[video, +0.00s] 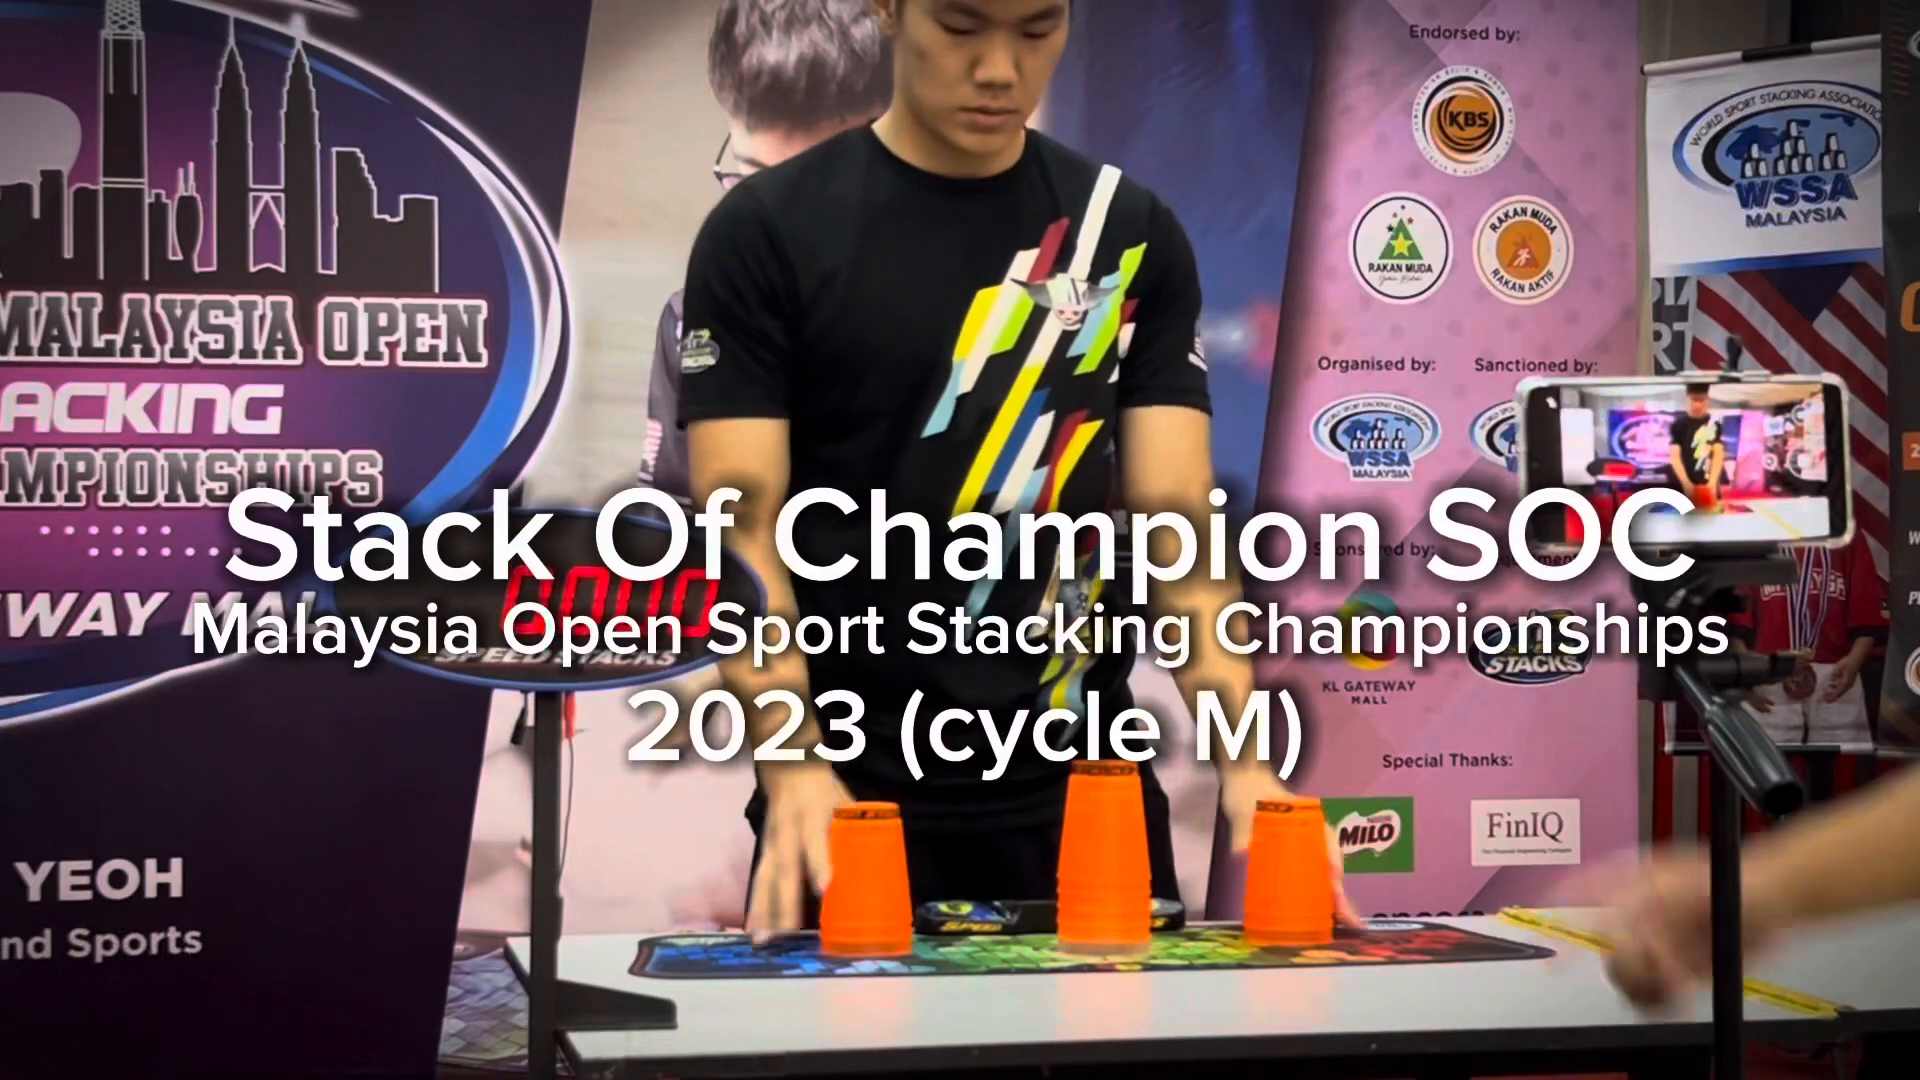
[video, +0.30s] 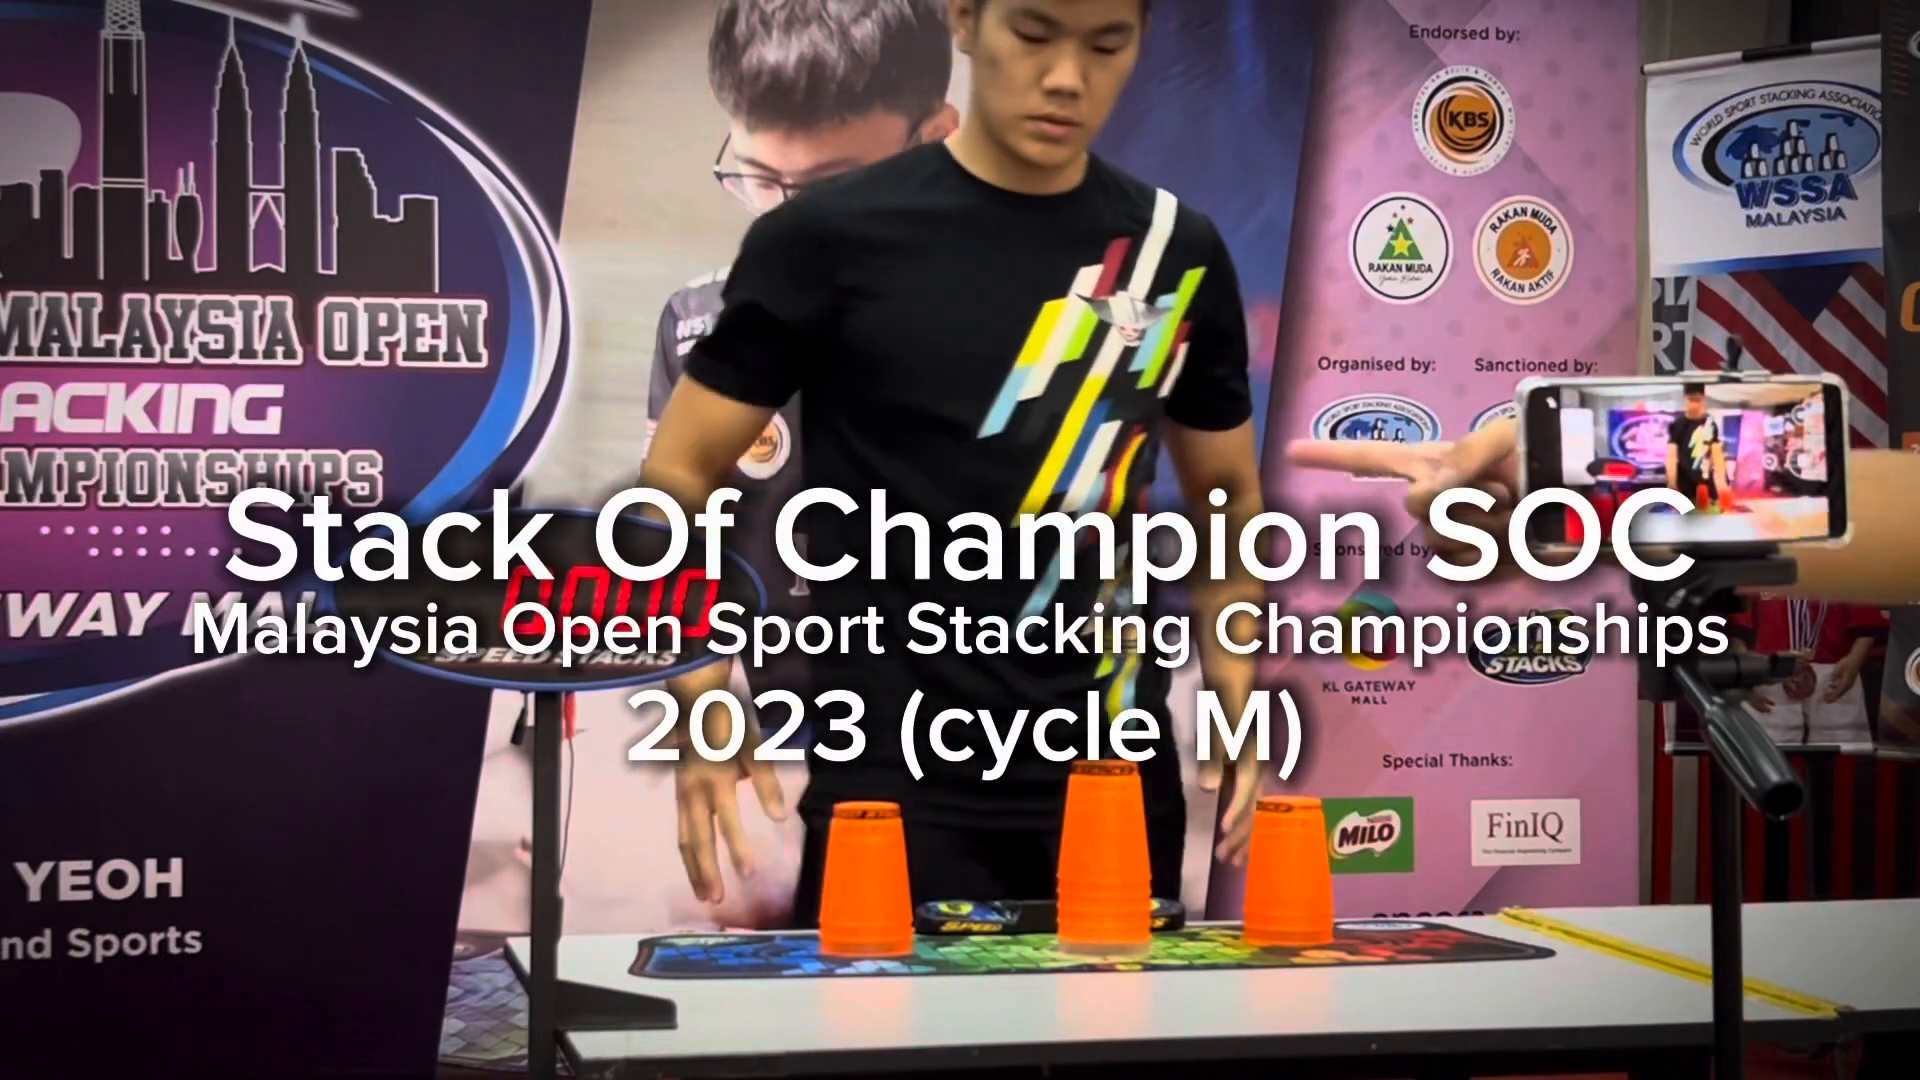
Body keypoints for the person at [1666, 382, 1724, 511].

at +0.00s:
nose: (1698, 405)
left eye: (1701, 400)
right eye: (1694, 400)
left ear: (1707, 400)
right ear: (1688, 400)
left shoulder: (1713, 424)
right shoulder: (1679, 425)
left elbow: (1717, 455)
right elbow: (1675, 458)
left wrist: (1712, 484)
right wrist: (1687, 485)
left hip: (1708, 487)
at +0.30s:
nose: (1694, 405)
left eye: (1698, 401)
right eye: (1691, 400)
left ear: (1704, 400)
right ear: (1685, 400)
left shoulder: (1710, 424)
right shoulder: (1677, 425)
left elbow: (1717, 456)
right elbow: (1672, 458)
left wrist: (1721, 485)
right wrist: (1672, 488)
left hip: (1705, 482)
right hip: (1684, 483)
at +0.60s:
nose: (1706, 408)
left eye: (1709, 404)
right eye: (1702, 403)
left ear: (1714, 404)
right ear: (1697, 403)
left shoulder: (1719, 428)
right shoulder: (1685, 427)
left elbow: (1725, 454)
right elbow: (1674, 450)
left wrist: (1725, 478)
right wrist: (1675, 472)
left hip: (1711, 477)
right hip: (1689, 477)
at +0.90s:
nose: (1714, 409)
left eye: (1718, 406)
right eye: (1712, 405)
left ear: (1722, 408)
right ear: (1706, 406)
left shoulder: (1726, 429)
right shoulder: (1694, 429)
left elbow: (1728, 456)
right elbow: (1689, 457)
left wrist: (1731, 479)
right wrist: (1686, 483)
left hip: (1719, 482)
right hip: (1699, 481)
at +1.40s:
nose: (1706, 414)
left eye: (1708, 410)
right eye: (1703, 411)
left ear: (1712, 413)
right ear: (1697, 414)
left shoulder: (1718, 434)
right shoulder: (1692, 434)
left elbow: (1723, 452)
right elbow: (1685, 453)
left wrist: (1722, 468)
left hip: (1714, 474)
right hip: (1698, 475)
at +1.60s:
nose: (1701, 417)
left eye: (1703, 414)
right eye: (1698, 414)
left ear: (1708, 416)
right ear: (1694, 416)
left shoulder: (1714, 435)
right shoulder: (1689, 435)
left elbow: (1721, 452)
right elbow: (1684, 454)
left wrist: (1717, 467)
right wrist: (1687, 466)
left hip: (1710, 467)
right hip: (1694, 467)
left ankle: (1714, 498)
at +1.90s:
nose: (1701, 420)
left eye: (1703, 417)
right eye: (1698, 417)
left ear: (1708, 418)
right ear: (1694, 418)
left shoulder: (1713, 436)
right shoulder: (1690, 436)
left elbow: (1718, 453)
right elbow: (1686, 454)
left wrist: (1716, 467)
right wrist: (1687, 471)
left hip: (1710, 467)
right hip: (1695, 467)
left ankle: (1714, 498)